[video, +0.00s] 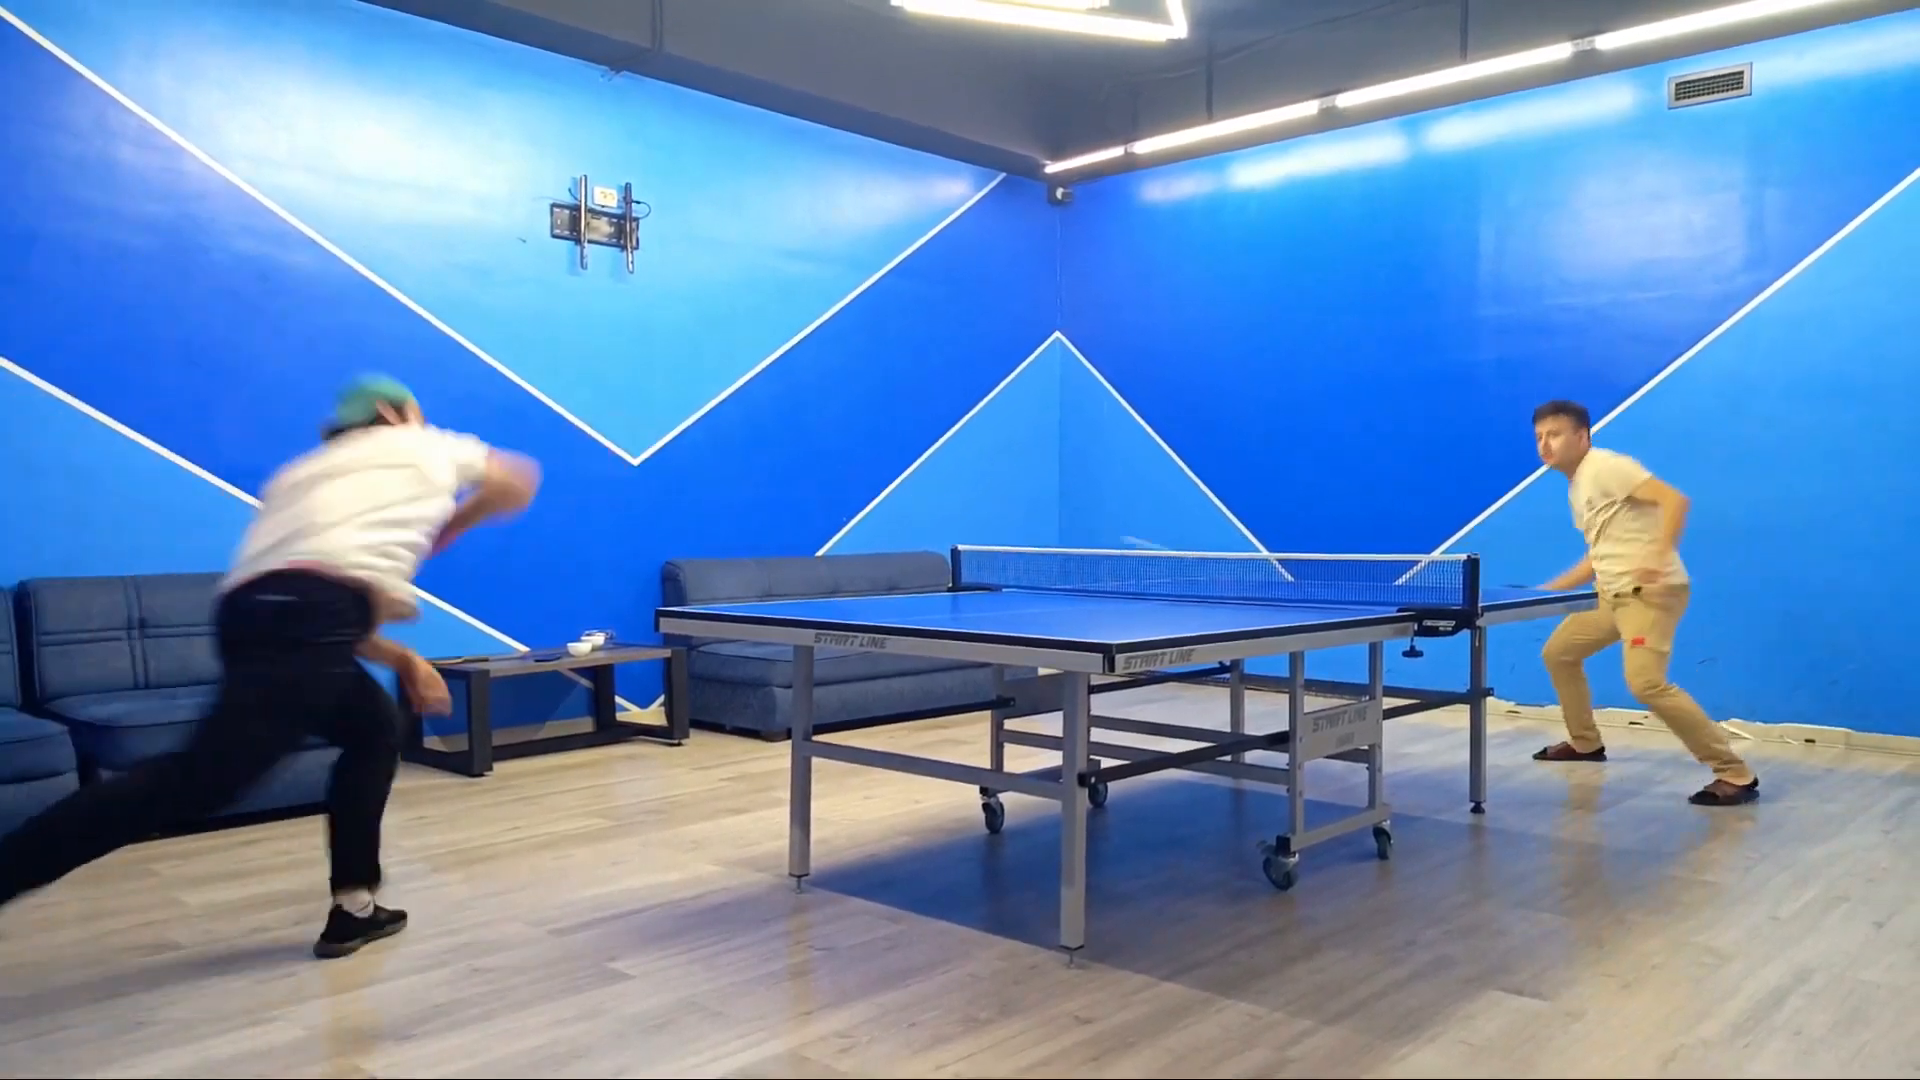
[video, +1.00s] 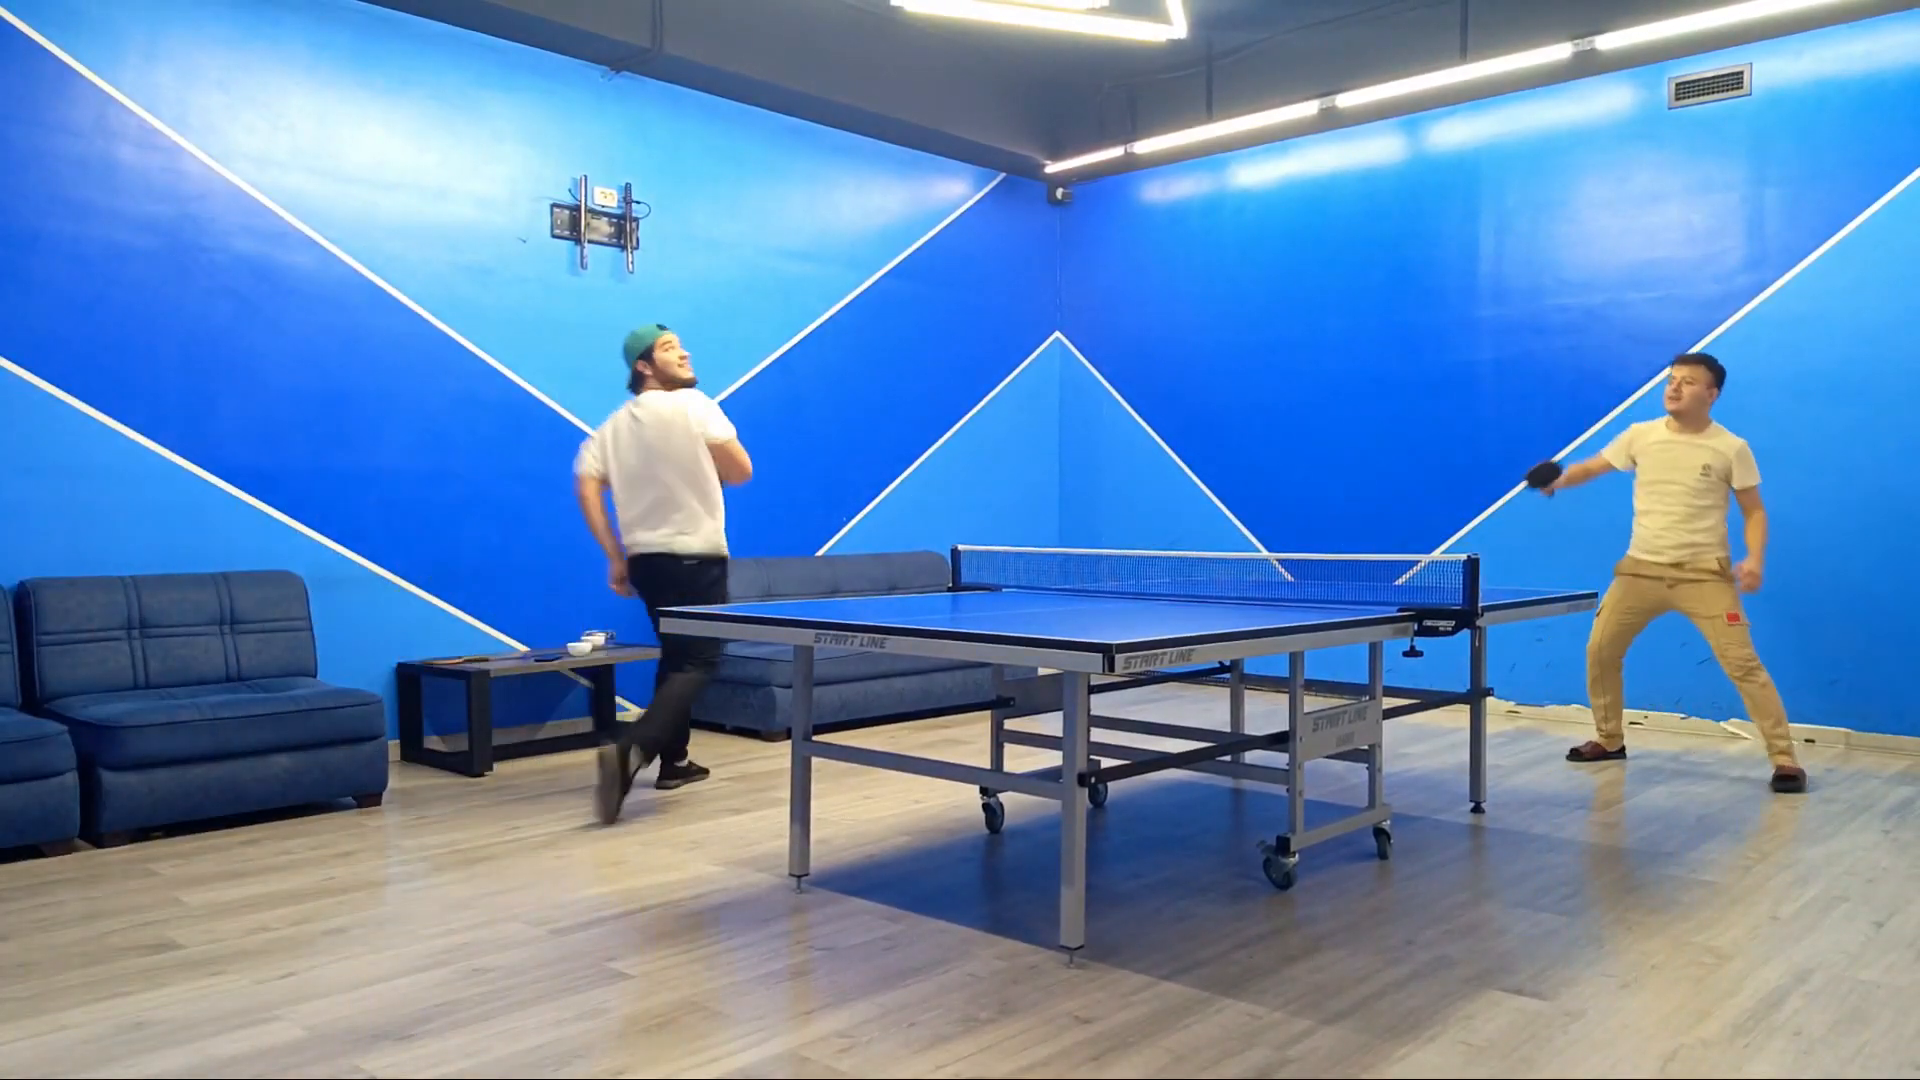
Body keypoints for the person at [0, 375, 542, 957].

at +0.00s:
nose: (424, 425)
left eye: (416, 417)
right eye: (418, 416)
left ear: (348, 424)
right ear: (398, 413)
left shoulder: (301, 472)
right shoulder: (424, 444)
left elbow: (313, 589)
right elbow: (520, 479)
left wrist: (404, 657)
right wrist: (447, 530)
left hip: (244, 621)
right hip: (311, 616)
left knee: (372, 728)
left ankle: (353, 905)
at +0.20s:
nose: (491, 488)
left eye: (486, 481)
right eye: (488, 482)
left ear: (431, 476)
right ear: (478, 478)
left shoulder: (381, 498)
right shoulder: (500, 507)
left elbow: (383, 619)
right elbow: (479, 602)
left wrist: (437, 702)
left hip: (348, 582)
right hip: (428, 566)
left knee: (401, 741)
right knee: (511, 718)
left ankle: (362, 898)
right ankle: (430, 806)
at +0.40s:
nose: (565, 468)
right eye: (564, 463)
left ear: (509, 461)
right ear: (559, 463)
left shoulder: (457, 483)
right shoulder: (587, 488)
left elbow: (426, 562)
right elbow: (591, 560)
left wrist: (426, 654)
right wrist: (569, 631)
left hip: (478, 578)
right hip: (560, 572)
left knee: (439, 720)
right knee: (574, 692)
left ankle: (388, 856)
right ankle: (594, 807)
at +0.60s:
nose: (613, 410)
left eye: (608, 405)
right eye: (609, 405)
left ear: (554, 415)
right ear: (599, 405)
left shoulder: (532, 443)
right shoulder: (643, 434)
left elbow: (472, 492)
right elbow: (671, 516)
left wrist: (439, 553)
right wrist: (650, 551)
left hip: (563, 546)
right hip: (633, 543)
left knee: (539, 673)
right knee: (619, 674)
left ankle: (528, 773)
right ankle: (604, 808)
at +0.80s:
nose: (642, 345)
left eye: (635, 338)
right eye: (632, 339)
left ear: (596, 360)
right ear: (608, 352)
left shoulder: (568, 410)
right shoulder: (667, 374)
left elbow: (529, 453)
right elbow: (721, 438)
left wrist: (528, 512)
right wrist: (695, 485)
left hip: (605, 529)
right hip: (669, 518)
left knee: (623, 643)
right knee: (644, 649)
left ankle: (606, 761)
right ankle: (616, 780)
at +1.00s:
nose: (685, 356)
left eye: (682, 348)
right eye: (673, 351)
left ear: (642, 372)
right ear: (647, 367)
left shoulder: (612, 426)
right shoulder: (695, 405)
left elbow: (586, 486)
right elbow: (739, 470)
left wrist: (614, 555)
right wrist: (695, 451)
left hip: (644, 560)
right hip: (699, 558)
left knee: (675, 659)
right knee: (700, 662)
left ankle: (674, 761)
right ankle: (631, 753)